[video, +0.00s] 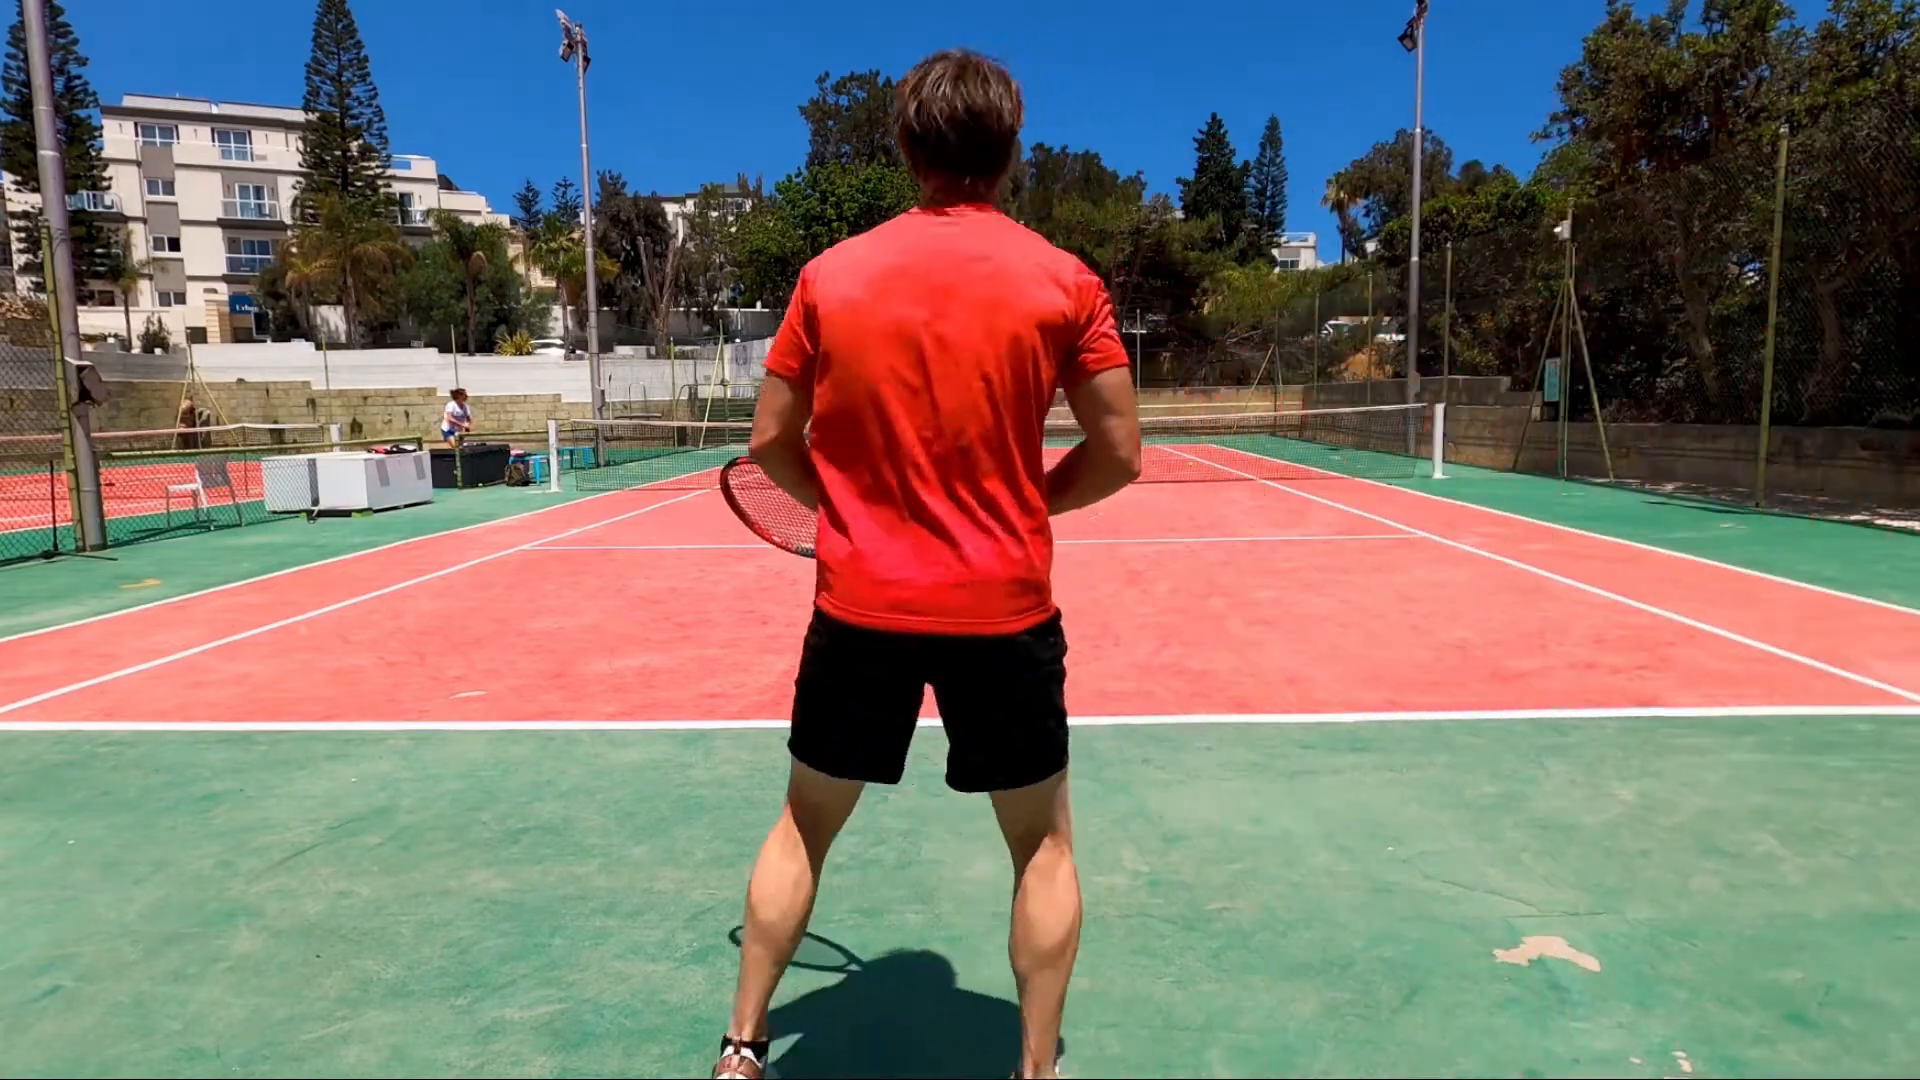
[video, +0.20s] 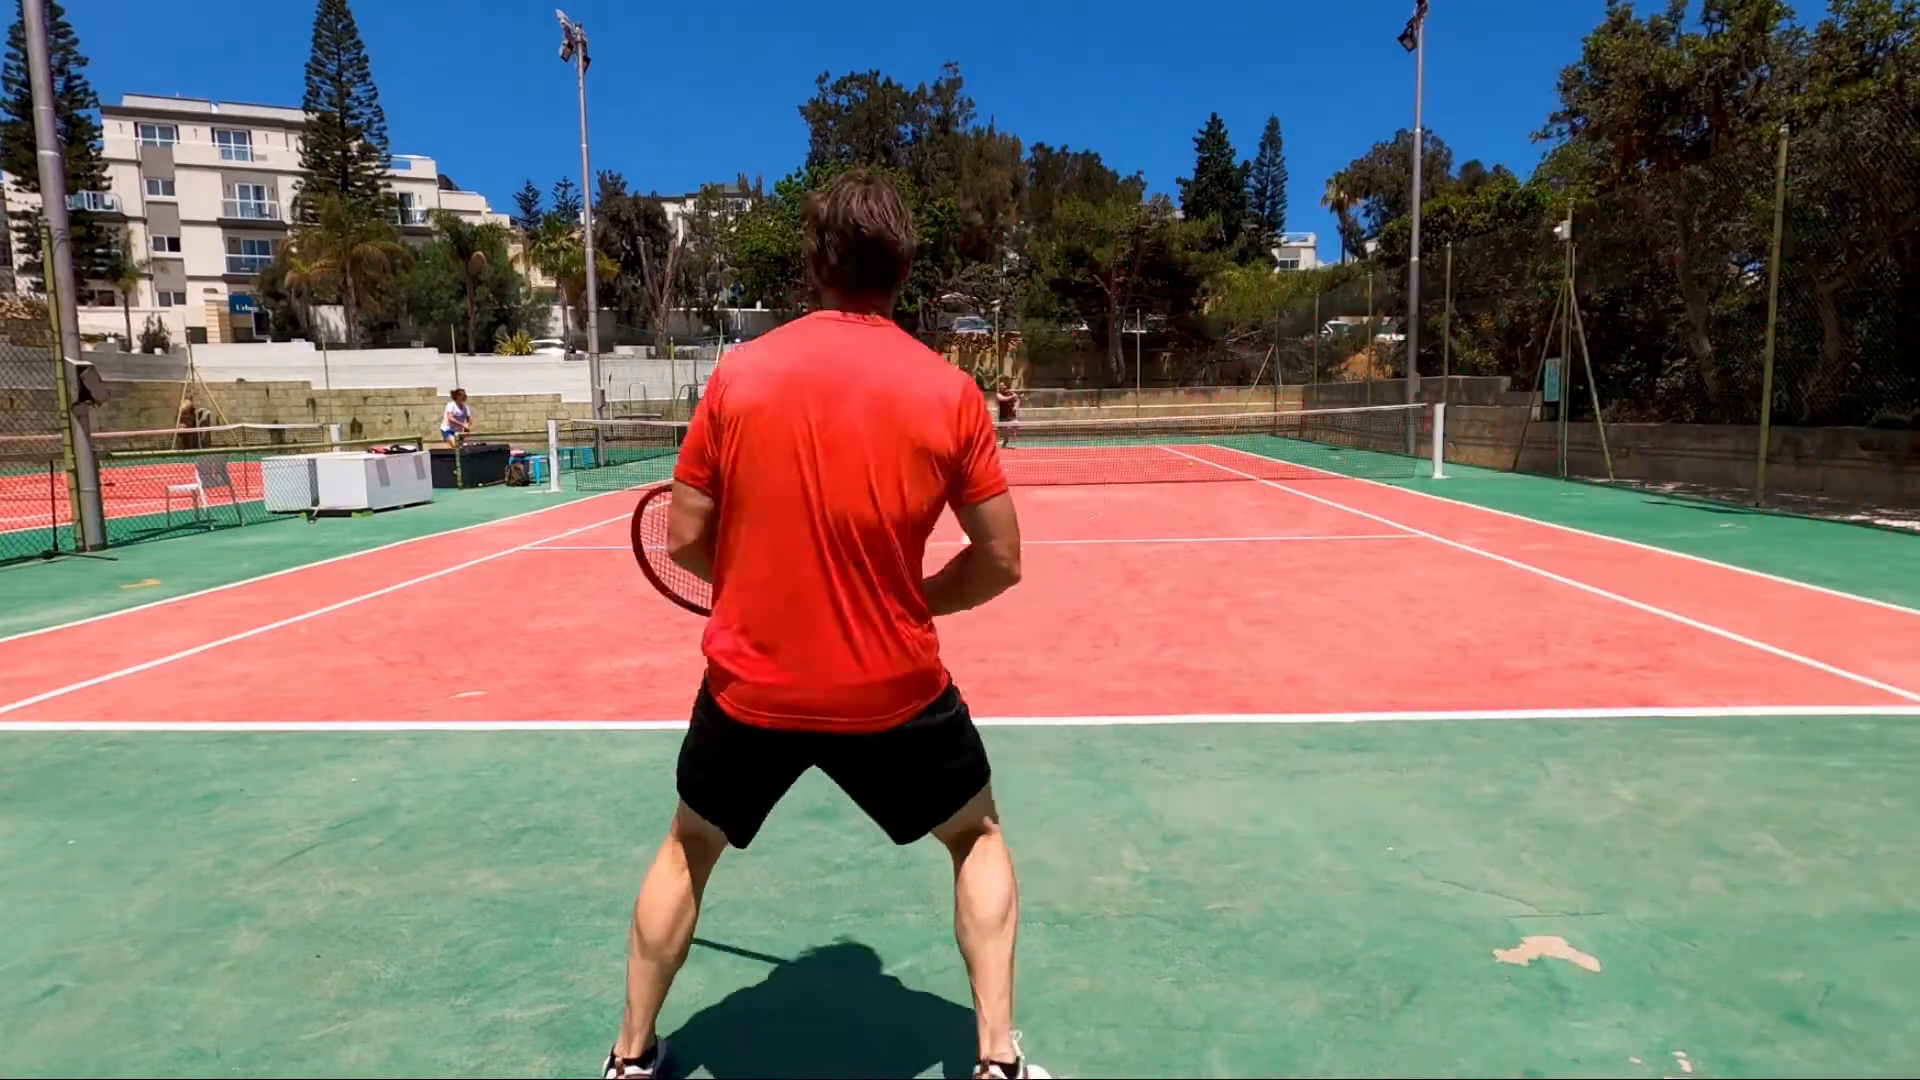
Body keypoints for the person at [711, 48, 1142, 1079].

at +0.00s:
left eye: (905, 138)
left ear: (906, 148)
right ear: (1008, 150)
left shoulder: (836, 274)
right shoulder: (1061, 279)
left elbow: (774, 442)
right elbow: (1115, 450)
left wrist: (853, 509)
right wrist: (1017, 500)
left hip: (862, 604)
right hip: (1002, 607)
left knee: (804, 826)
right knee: (1042, 841)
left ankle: (741, 1046)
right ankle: (1039, 1065)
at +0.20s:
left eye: (818, 252)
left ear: (812, 262)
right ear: (904, 270)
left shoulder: (741, 373)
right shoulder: (945, 389)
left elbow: (688, 534)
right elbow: (1000, 560)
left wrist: (758, 580)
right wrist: (907, 603)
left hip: (754, 686)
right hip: (891, 689)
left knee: (689, 848)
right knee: (973, 836)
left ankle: (631, 1050)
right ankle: (998, 1052)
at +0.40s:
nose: (758, 221)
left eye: (760, 208)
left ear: (768, 214)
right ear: (859, 220)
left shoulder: (744, 308)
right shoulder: (922, 330)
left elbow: (693, 476)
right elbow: (925, 497)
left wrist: (677, 533)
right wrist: (785, 561)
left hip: (797, 643)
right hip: (924, 640)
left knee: (709, 848)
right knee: (889, 817)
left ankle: (663, 1063)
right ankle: (901, 1028)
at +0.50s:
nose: (755, 240)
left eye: (756, 227)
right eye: (761, 228)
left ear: (768, 232)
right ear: (851, 235)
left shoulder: (776, 323)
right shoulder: (900, 339)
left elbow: (724, 486)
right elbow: (878, 510)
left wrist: (661, 507)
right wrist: (740, 558)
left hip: (837, 648)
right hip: (943, 647)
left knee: (709, 855)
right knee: (859, 819)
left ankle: (755, 1072)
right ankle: (897, 1029)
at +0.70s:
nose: (734, 265)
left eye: (736, 250)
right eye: (737, 250)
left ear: (748, 254)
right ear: (828, 250)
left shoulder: (794, 333)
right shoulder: (851, 341)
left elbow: (823, 487)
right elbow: (819, 537)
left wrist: (689, 513)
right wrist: (697, 568)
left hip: (896, 666)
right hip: (933, 659)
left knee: (793, 951)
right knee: (873, 870)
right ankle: (905, 1036)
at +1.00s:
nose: (673, 307)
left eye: (671, 287)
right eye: (674, 290)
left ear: (685, 285)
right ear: (759, 269)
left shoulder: (766, 331)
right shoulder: (751, 388)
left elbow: (847, 408)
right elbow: (698, 541)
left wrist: (667, 434)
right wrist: (621, 544)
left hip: (910, 687)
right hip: (860, 686)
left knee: (843, 996)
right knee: (785, 809)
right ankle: (858, 1022)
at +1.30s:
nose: (603, 281)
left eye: (603, 262)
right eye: (603, 263)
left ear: (622, 258)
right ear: (685, 246)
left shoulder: (711, 320)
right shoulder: (657, 358)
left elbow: (822, 441)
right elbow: (610, 467)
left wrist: (720, 550)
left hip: (792, 639)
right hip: (740, 638)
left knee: (794, 926)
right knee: (720, 805)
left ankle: (893, 1068)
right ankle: (789, 1014)